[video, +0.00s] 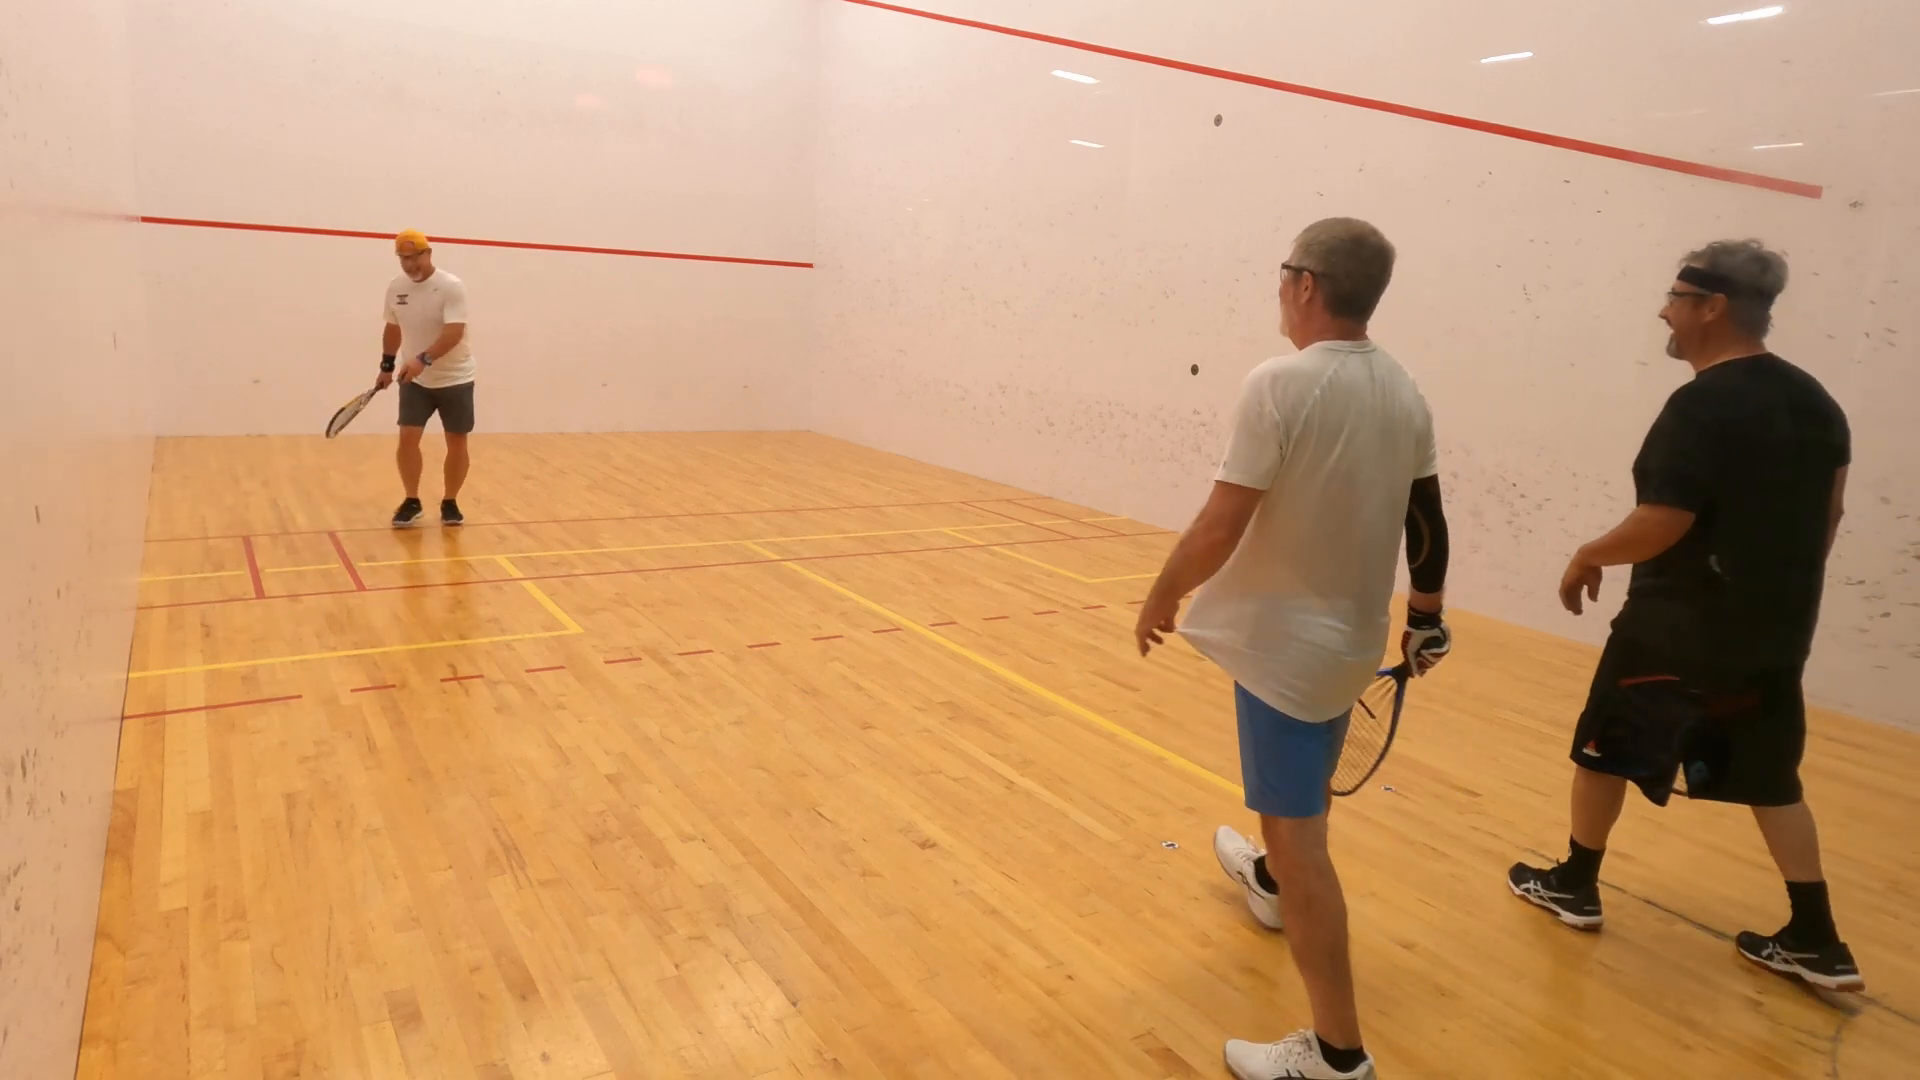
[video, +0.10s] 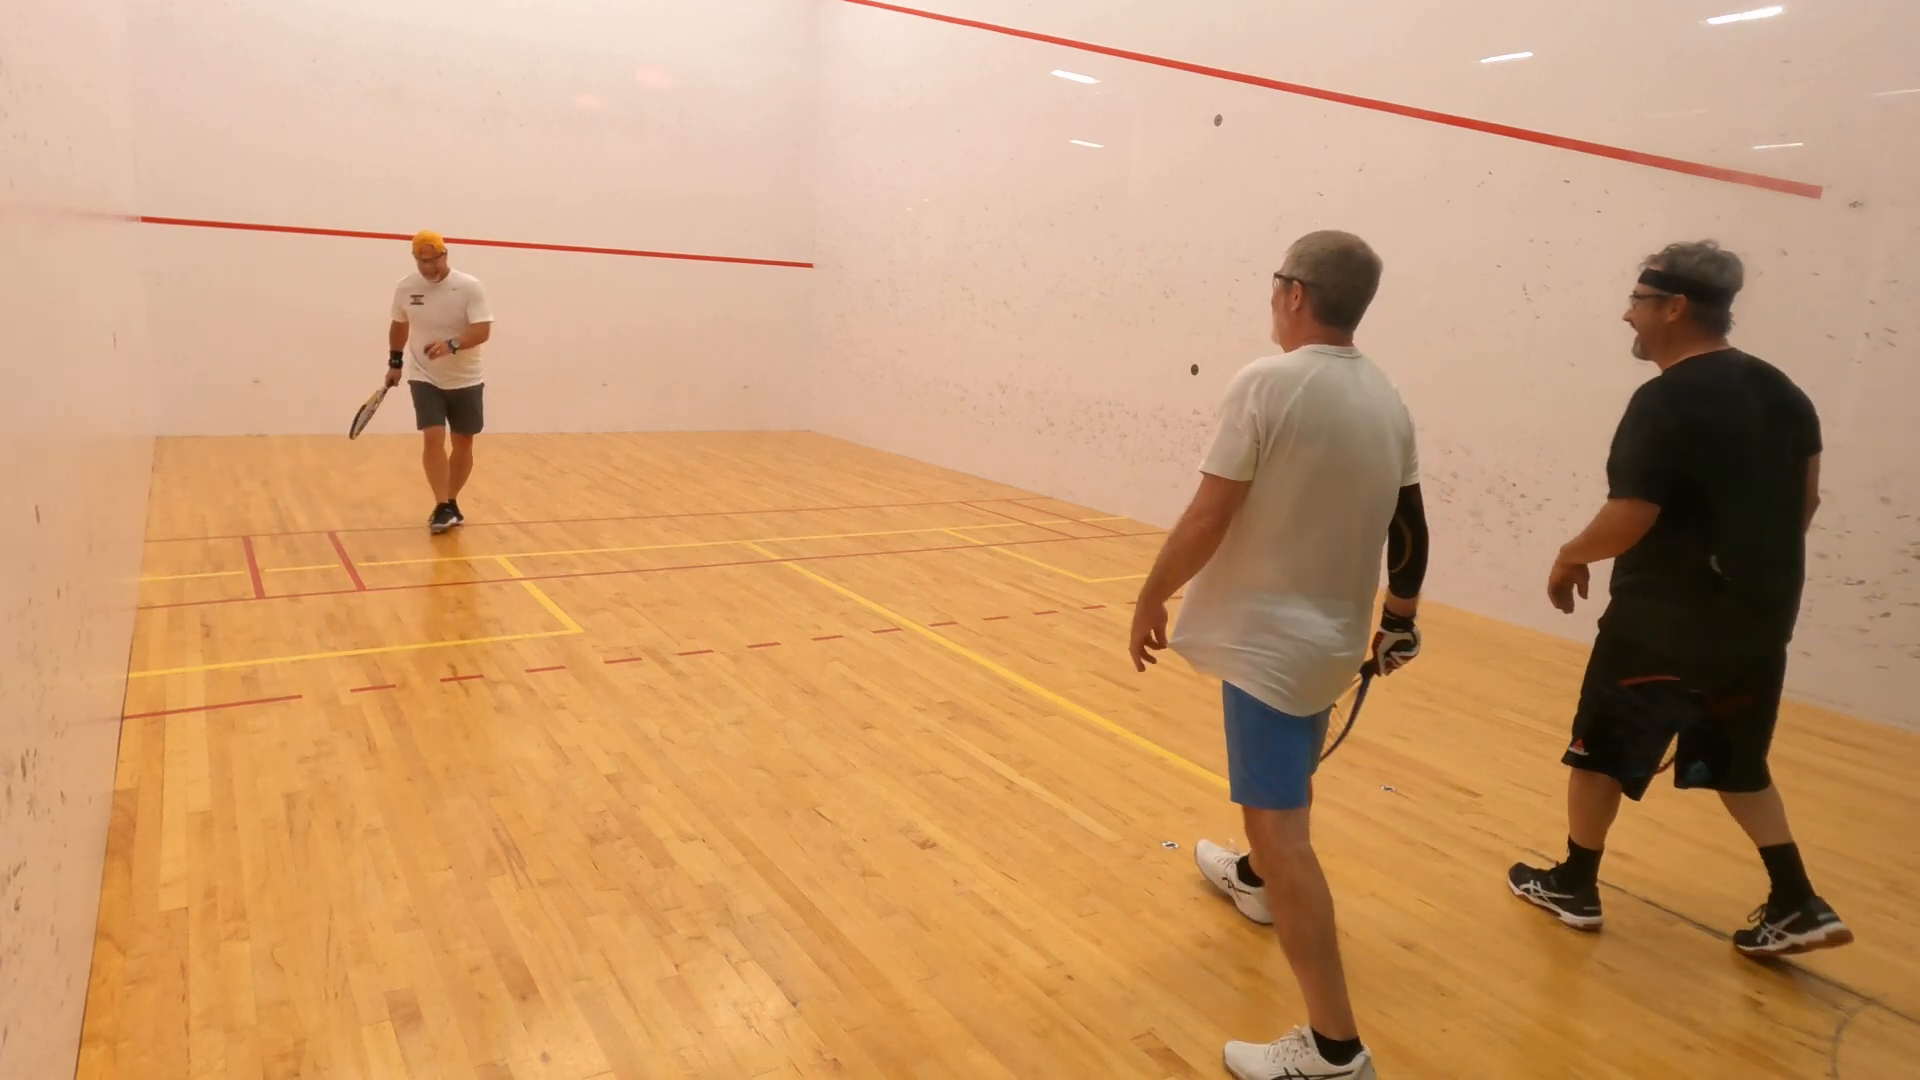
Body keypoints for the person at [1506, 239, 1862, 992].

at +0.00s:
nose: (1665, 310)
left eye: (1676, 298)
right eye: (1670, 296)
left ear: (1715, 308)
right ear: (1736, 312)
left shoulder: (1699, 405)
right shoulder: (1815, 403)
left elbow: (1661, 523)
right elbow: (1827, 520)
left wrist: (1589, 554)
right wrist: (1782, 587)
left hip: (1674, 629)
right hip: (1772, 634)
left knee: (1607, 741)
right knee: (1771, 774)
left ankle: (1575, 879)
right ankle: (1815, 935)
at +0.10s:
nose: (1628, 314)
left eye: (1639, 302)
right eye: (1631, 300)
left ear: (1679, 309)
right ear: (1703, 312)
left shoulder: (1660, 401)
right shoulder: (1781, 392)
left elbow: (1630, 515)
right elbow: (1804, 502)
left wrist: (1571, 554)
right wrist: (1748, 563)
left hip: (1661, 619)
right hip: (1756, 624)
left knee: (1603, 740)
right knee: (1735, 758)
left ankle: (1575, 881)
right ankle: (1794, 899)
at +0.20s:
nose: (1597, 321)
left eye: (1607, 308)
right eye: (1600, 306)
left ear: (1647, 315)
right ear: (1680, 315)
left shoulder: (1633, 401)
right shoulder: (1758, 389)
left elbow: (1600, 514)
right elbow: (1787, 491)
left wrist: (1554, 556)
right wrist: (1732, 548)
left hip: (1656, 613)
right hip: (1750, 615)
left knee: (1600, 740)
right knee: (1713, 737)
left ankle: (1575, 881)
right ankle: (1761, 876)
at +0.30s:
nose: (1574, 326)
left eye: (1584, 313)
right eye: (1577, 312)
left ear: (1620, 318)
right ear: (1646, 319)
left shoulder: (1614, 402)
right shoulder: (1738, 388)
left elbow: (1584, 515)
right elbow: (1774, 488)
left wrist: (1541, 559)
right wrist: (1705, 531)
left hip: (1650, 613)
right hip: (1743, 615)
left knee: (1602, 740)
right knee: (1701, 739)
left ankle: (1576, 879)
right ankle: (1711, 873)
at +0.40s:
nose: (1559, 335)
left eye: (1568, 321)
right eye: (1561, 321)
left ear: (1603, 325)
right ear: (1629, 327)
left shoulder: (1604, 404)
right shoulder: (1724, 392)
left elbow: (1582, 517)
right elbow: (1763, 488)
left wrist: (1535, 565)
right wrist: (1695, 536)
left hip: (1650, 612)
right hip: (1741, 612)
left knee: (1601, 738)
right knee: (1697, 736)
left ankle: (1576, 880)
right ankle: (1661, 863)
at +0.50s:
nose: (1552, 342)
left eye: (1561, 328)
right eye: (1553, 328)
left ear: (1597, 333)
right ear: (1622, 334)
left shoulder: (1598, 408)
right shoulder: (1711, 396)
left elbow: (1587, 517)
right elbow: (1753, 495)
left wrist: (1538, 571)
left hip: (1651, 608)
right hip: (1742, 608)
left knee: (1598, 733)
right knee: (1695, 734)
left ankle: (1575, 879)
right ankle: (1659, 863)